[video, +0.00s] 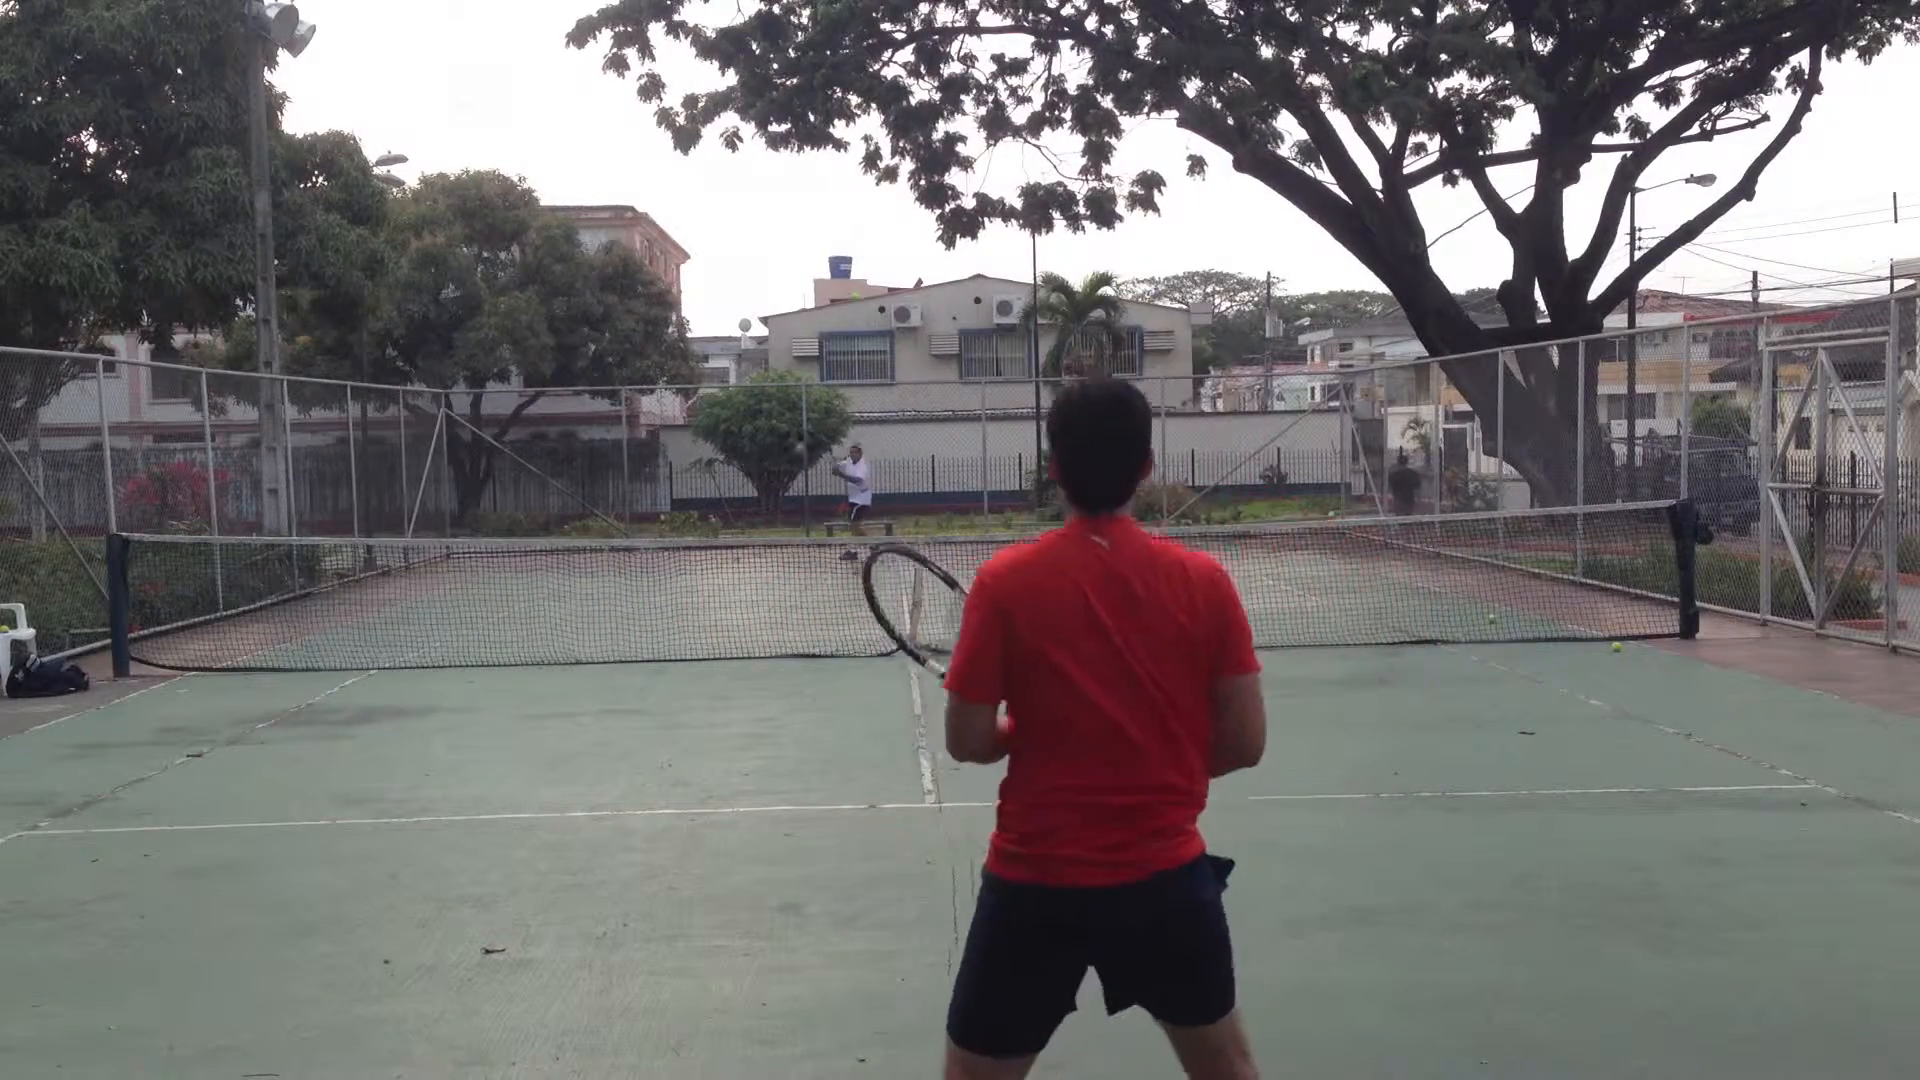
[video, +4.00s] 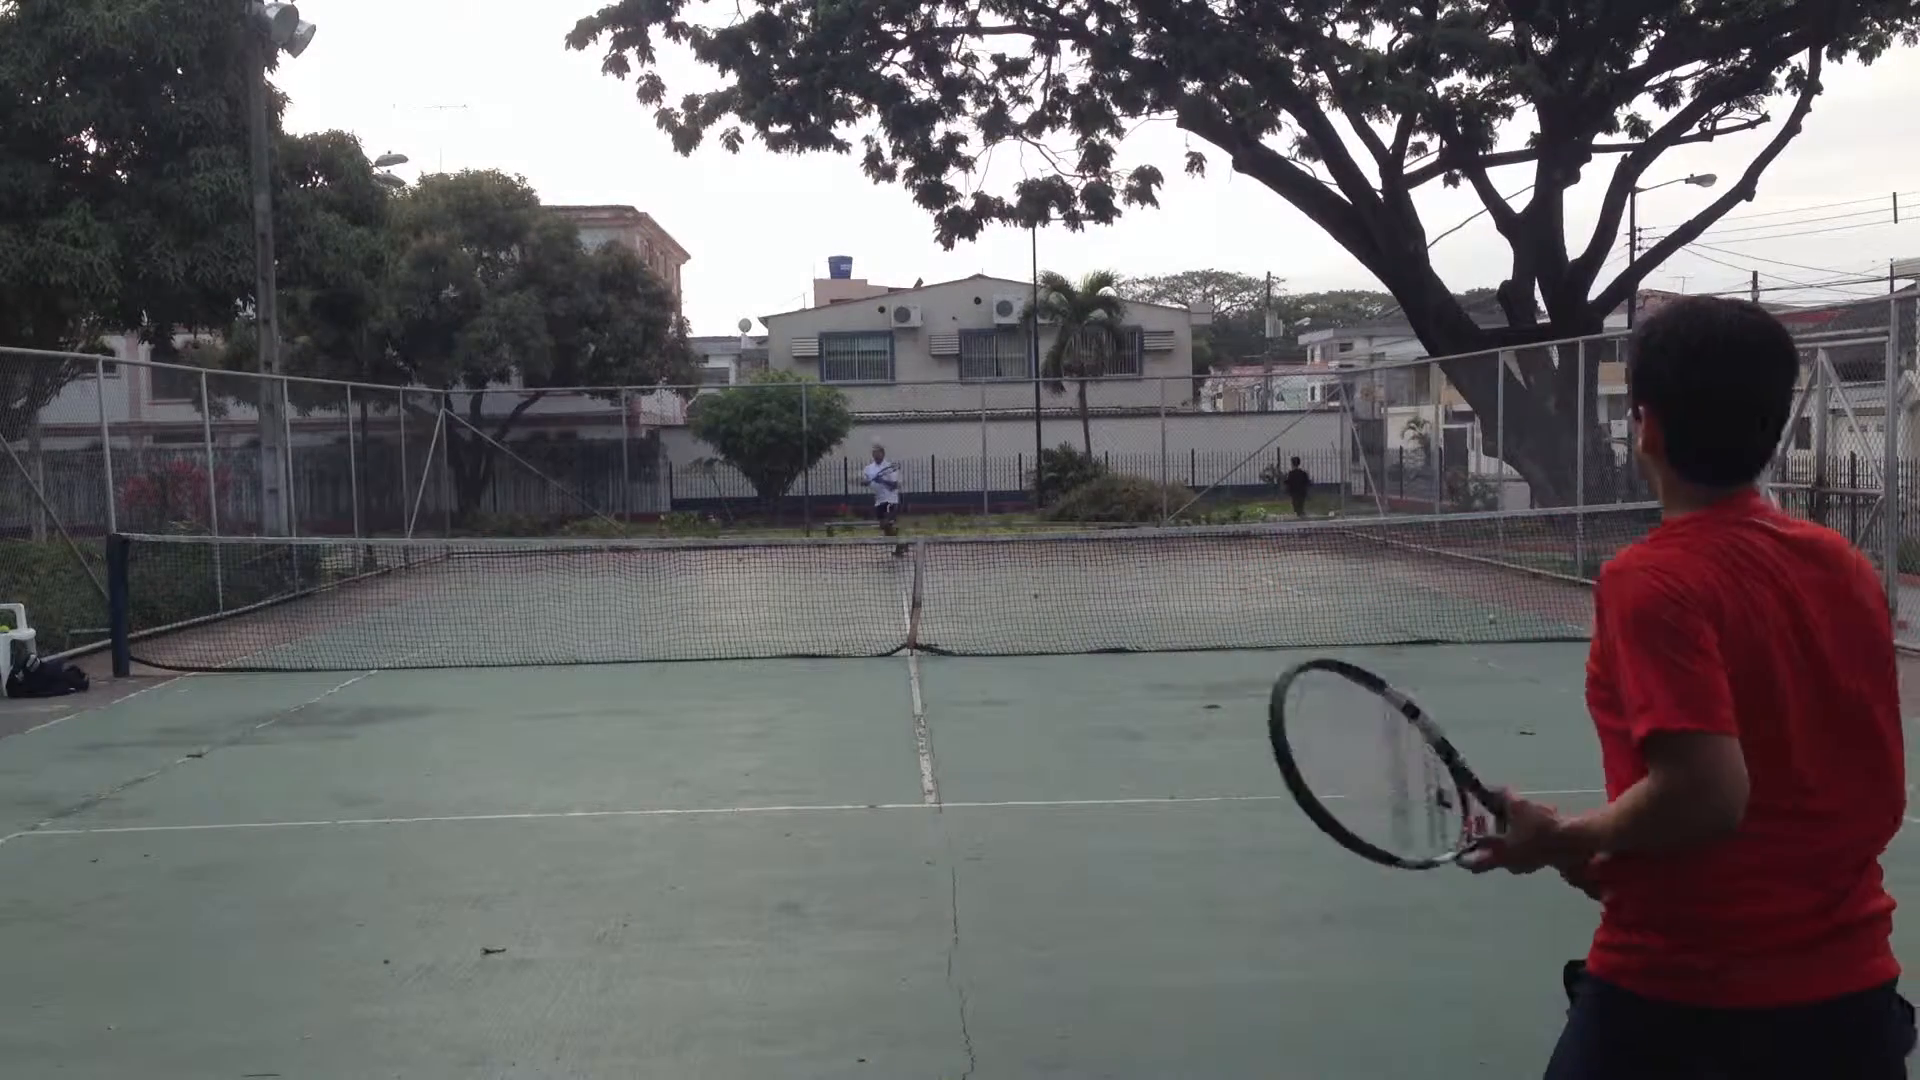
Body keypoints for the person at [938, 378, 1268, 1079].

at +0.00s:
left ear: (1055, 466)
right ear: (1145, 466)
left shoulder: (1007, 580)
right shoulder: (1202, 581)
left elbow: (967, 741)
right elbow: (1244, 742)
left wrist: (1030, 724)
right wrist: (1154, 750)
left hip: (1032, 898)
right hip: (1165, 892)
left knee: (977, 1070)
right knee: (1225, 1065)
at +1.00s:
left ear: (708, 470)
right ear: (819, 467)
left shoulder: (649, 596)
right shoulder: (893, 582)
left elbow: (583, 766)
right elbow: (961, 759)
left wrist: (664, 817)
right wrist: (874, 822)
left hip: (720, 970)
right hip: (881, 959)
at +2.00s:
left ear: (1239, 497)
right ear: (1358, 507)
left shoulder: (1177, 629)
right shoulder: (1346, 634)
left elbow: (1161, 808)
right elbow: (1365, 844)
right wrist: (1417, 901)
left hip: (1183, 994)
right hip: (1291, 1001)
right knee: (1419, 1059)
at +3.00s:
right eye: (1677, 450)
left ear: (1535, 449)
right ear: (1667, 474)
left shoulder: (1455, 561)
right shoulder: (1649, 629)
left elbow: (1371, 619)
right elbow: (1760, 858)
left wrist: (1482, 618)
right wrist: (1913, 921)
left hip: (1408, 960)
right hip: (1541, 977)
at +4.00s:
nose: (1632, 426)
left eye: (1632, 407)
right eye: (1632, 404)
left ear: (1647, 429)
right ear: (1775, 426)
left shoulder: (1651, 577)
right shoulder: (1847, 568)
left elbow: (1705, 793)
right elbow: (1872, 799)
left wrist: (1561, 832)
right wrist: (1628, 854)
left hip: (1672, 1018)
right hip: (1848, 1010)